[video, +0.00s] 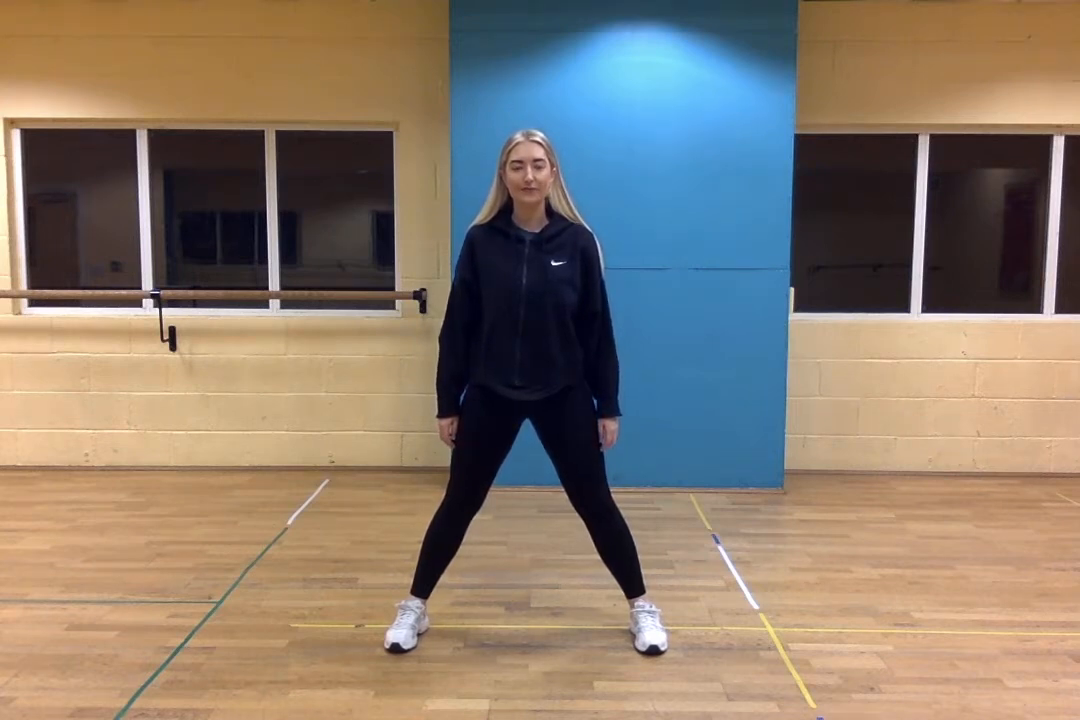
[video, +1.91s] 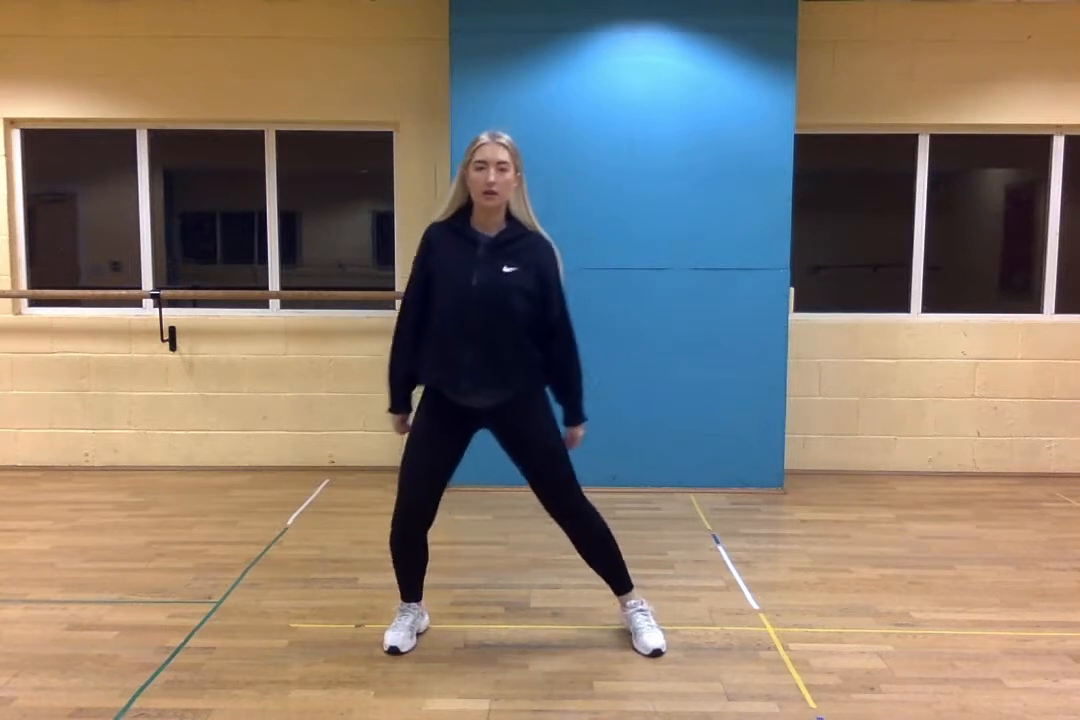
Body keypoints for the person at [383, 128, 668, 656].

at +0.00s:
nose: (528, 173)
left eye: (538, 164)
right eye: (518, 165)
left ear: (553, 173)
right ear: (504, 175)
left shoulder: (578, 240)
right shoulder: (481, 238)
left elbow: (597, 325)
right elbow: (457, 322)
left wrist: (608, 405)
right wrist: (448, 402)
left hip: (563, 394)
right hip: (491, 394)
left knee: (595, 503)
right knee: (459, 501)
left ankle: (641, 607)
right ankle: (413, 606)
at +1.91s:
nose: (491, 176)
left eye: (502, 167)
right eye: (481, 166)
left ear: (516, 178)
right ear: (466, 175)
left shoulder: (535, 248)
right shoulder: (439, 239)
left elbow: (557, 330)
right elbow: (411, 317)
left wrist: (573, 409)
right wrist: (400, 396)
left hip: (518, 398)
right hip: (446, 397)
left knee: (568, 504)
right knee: (409, 514)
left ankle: (632, 604)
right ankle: (410, 608)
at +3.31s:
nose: (537, 175)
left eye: (546, 166)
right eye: (526, 167)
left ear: (561, 175)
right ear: (511, 179)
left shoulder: (588, 240)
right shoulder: (491, 242)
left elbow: (607, 316)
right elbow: (469, 323)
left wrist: (596, 383)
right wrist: (469, 400)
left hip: (580, 390)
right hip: (510, 392)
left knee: (614, 505)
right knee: (468, 504)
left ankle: (634, 610)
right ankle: (417, 607)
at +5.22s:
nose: (534, 174)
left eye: (543, 165)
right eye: (523, 166)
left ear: (557, 174)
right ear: (508, 177)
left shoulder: (583, 240)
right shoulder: (487, 240)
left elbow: (601, 318)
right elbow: (461, 316)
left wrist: (602, 388)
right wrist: (450, 393)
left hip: (573, 388)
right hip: (504, 391)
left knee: (610, 502)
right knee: (463, 502)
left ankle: (635, 608)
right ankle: (417, 606)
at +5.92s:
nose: (505, 192)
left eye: (515, 182)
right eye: (495, 183)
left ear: (529, 192)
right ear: (479, 192)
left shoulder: (549, 259)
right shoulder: (453, 254)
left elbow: (568, 341)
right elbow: (427, 329)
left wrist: (578, 419)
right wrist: (419, 406)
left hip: (533, 407)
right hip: (462, 407)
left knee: (582, 510)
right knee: (416, 517)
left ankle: (632, 609)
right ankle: (410, 609)